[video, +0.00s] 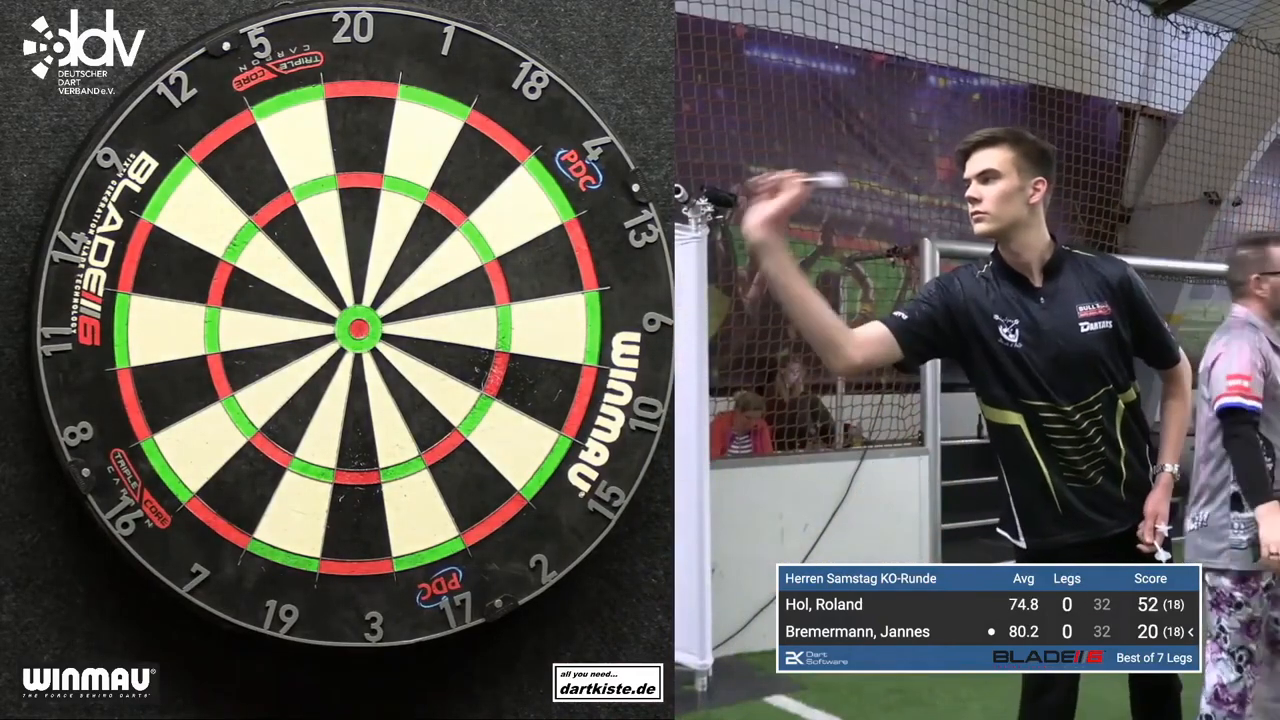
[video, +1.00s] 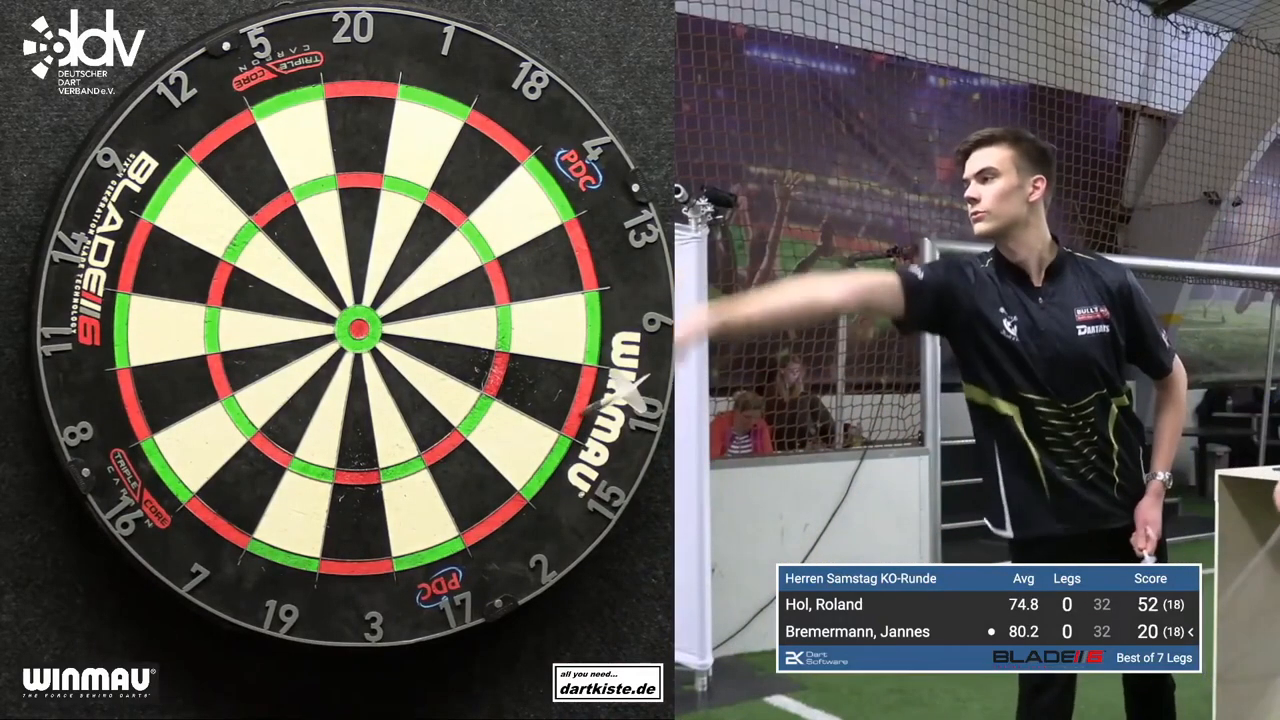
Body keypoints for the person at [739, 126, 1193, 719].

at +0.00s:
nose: (970, 195)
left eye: (987, 179)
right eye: (968, 185)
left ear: (1037, 191)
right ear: (968, 200)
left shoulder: (1108, 279)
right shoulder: (960, 297)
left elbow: (1177, 374)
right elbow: (847, 352)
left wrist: (1166, 479)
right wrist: (765, 241)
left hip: (1136, 523)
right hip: (1046, 538)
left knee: (1158, 685)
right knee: (1050, 698)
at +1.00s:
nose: (970, 193)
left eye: (986, 178)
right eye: (967, 184)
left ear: (1037, 188)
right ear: (969, 198)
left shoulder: (1109, 283)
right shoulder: (960, 284)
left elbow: (1173, 381)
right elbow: (840, 290)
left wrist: (1157, 487)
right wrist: (707, 318)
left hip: (1127, 522)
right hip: (1038, 535)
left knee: (1153, 682)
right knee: (1046, 691)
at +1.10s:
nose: (970, 192)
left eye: (987, 178)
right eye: (967, 183)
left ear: (1037, 188)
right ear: (969, 198)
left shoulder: (1110, 284)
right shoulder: (960, 289)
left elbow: (1173, 382)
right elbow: (842, 329)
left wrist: (1156, 488)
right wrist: (714, 377)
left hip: (1129, 523)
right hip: (1039, 538)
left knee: (1153, 680)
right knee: (1046, 691)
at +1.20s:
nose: (970, 194)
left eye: (987, 178)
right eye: (967, 184)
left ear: (1037, 189)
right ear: (967, 199)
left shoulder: (1108, 284)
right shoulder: (960, 295)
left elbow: (1174, 382)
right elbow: (864, 364)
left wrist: (1156, 488)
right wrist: (753, 445)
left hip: (1128, 521)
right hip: (1037, 539)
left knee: (1155, 682)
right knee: (1046, 693)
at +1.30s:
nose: (967, 197)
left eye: (985, 181)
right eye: (964, 187)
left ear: (1035, 191)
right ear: (965, 202)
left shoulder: (1108, 285)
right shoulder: (960, 307)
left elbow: (1172, 387)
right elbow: (902, 417)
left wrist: (1153, 491)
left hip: (1128, 524)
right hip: (1037, 544)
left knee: (1150, 678)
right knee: (1052, 695)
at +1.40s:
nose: (958, 203)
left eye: (976, 186)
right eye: (956, 192)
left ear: (1025, 197)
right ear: (955, 207)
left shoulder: (1098, 293)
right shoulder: (948, 319)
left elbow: (1162, 391)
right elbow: (927, 460)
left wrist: (1131, 482)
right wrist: (910, 582)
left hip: (1112, 529)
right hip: (1024, 546)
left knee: (1144, 683)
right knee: (1055, 698)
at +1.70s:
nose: (911, 203)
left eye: (930, 187)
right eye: (909, 191)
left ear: (982, 200)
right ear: (907, 204)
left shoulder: (1056, 309)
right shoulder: (898, 323)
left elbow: (1120, 424)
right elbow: (909, 465)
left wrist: (1041, 490)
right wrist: (918, 581)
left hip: (1061, 566)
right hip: (969, 571)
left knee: (1049, 707)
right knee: (1009, 707)